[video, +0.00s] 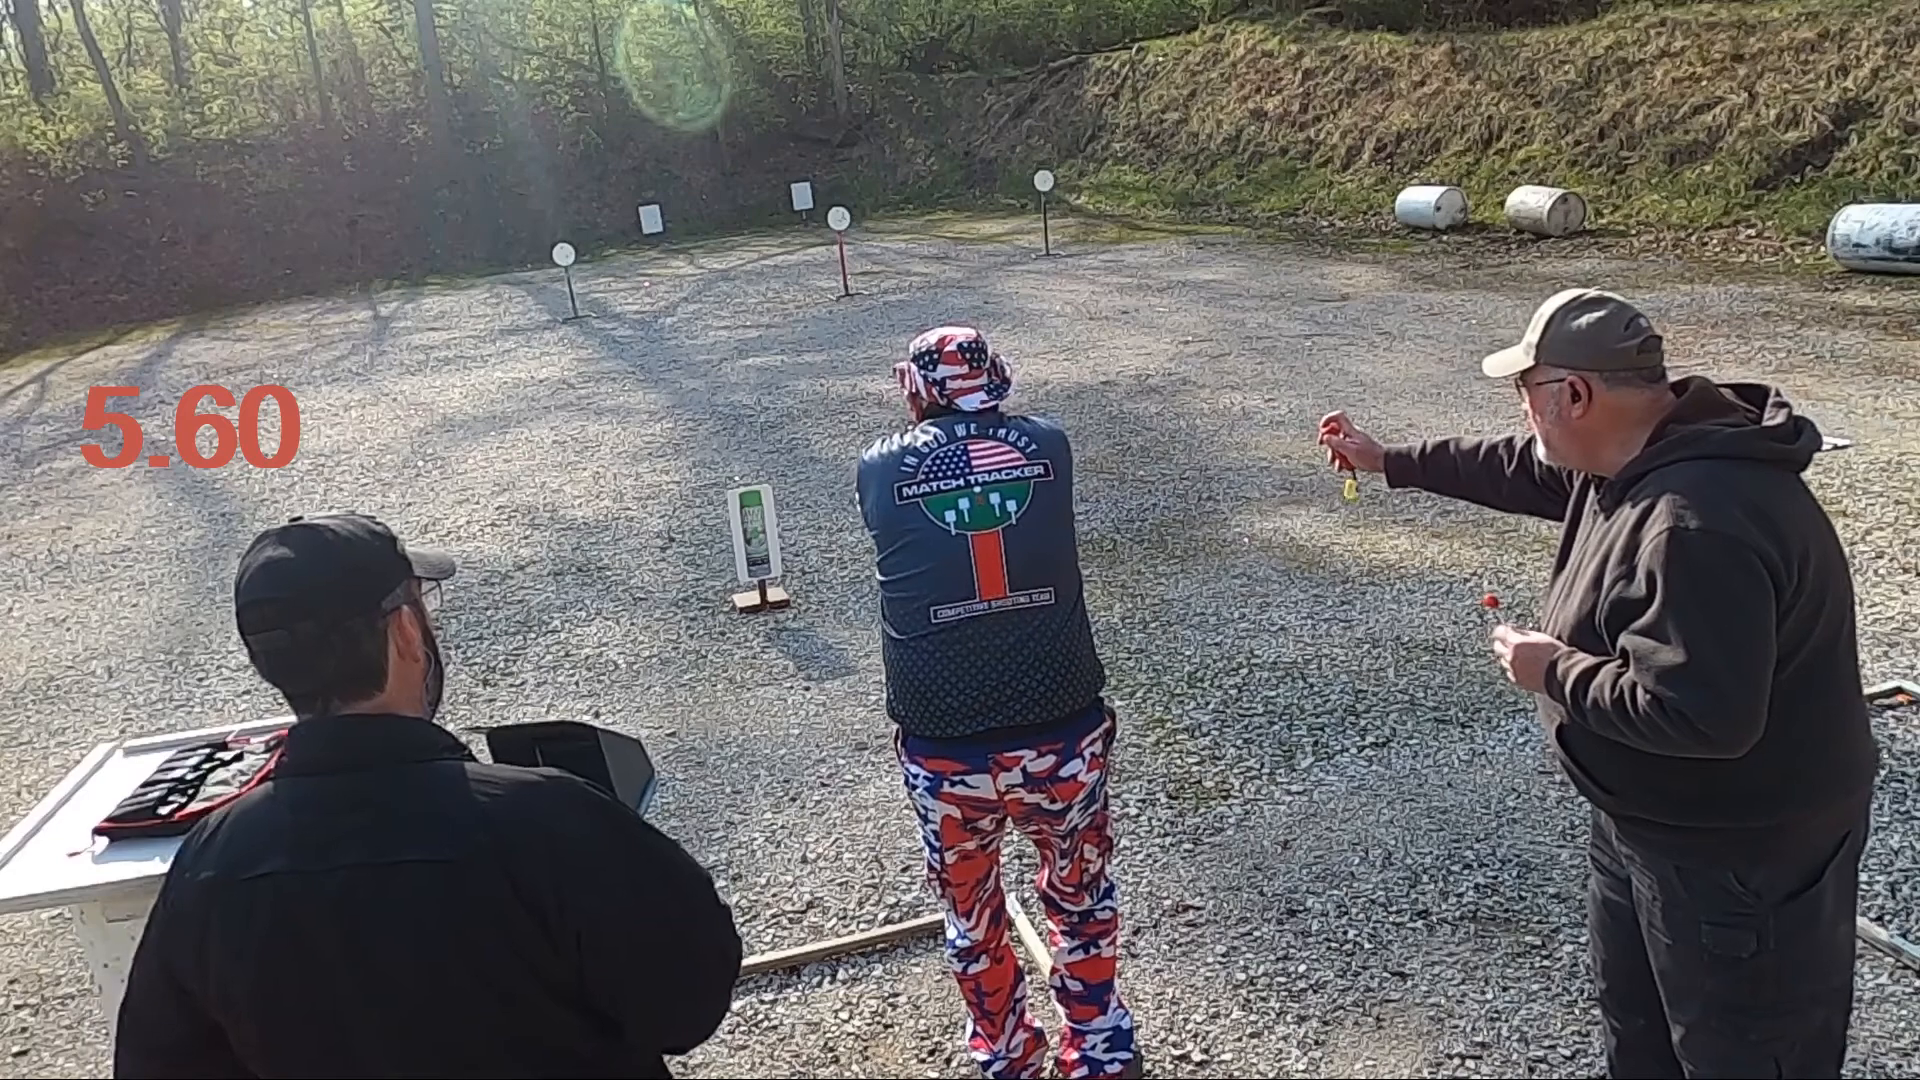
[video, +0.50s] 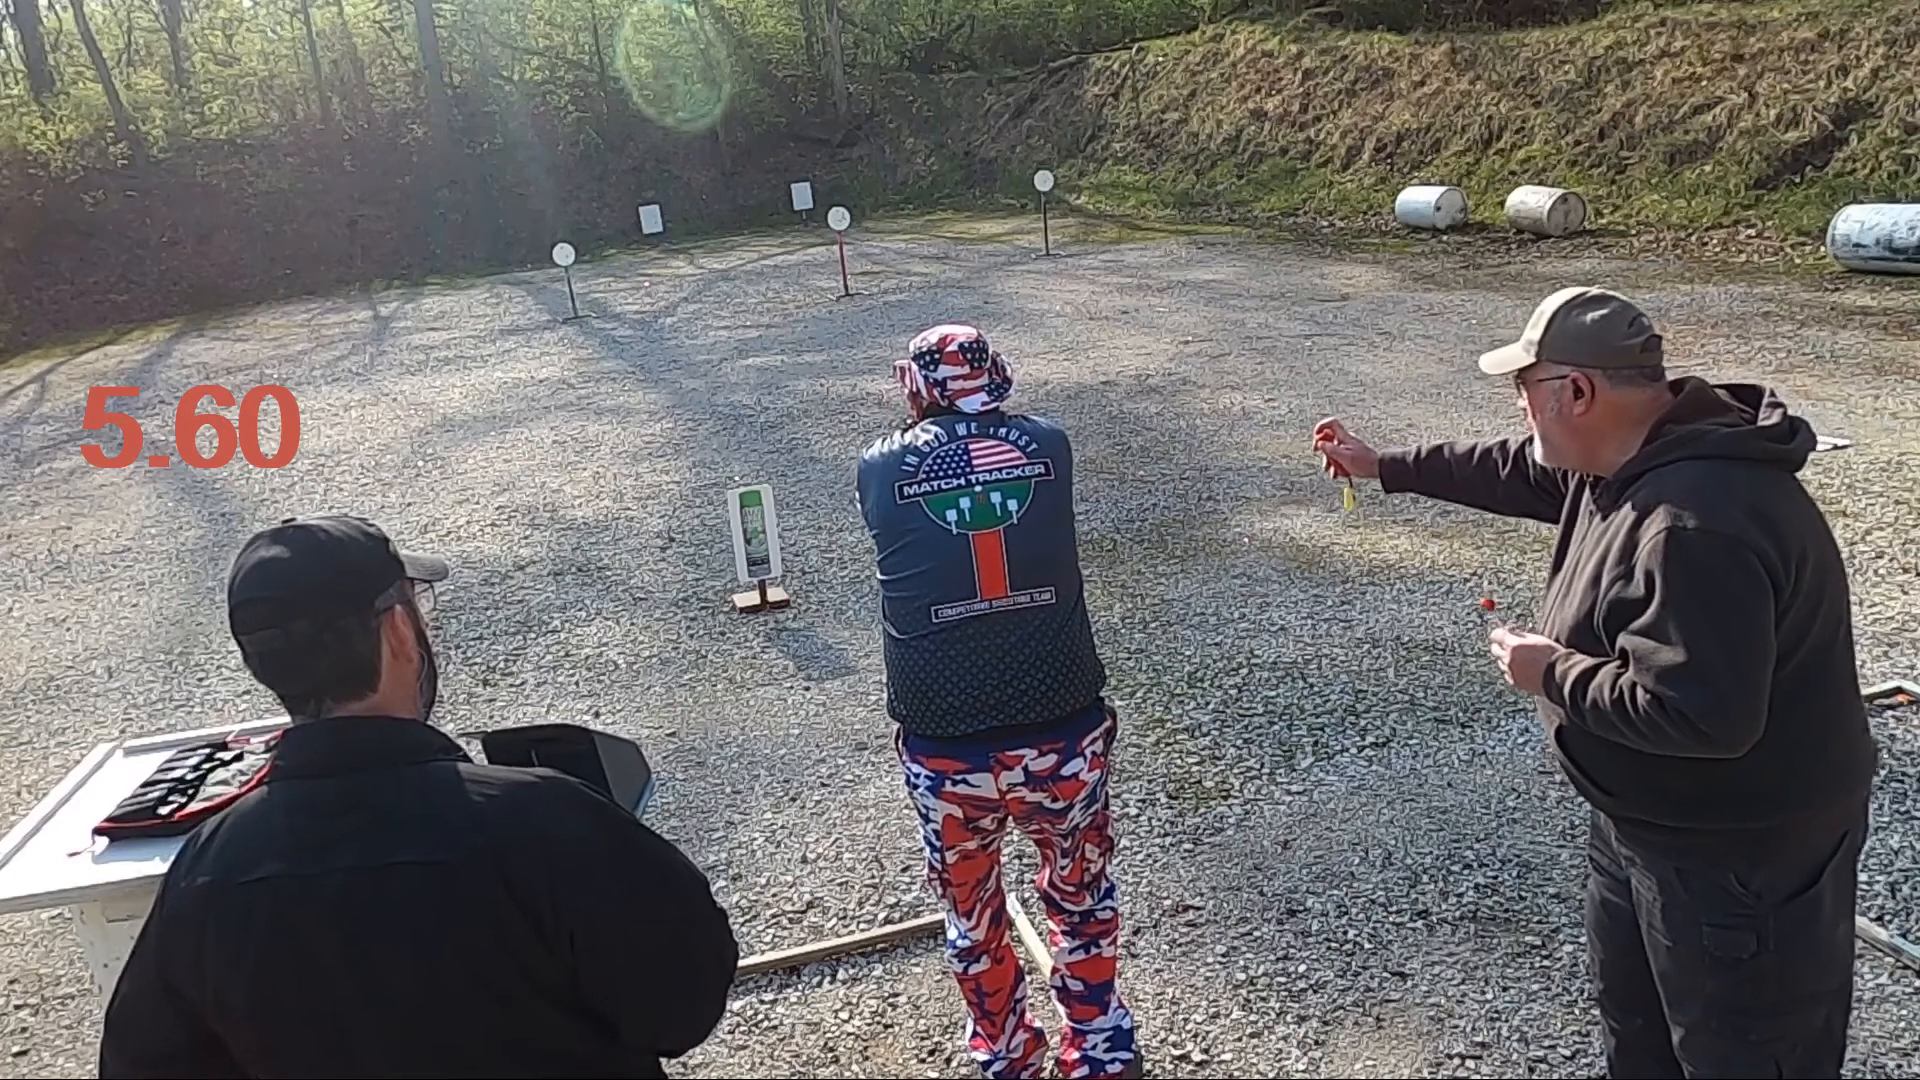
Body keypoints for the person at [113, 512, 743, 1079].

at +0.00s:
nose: (428, 624)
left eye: (421, 601)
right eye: (421, 603)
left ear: (274, 665)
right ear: (403, 630)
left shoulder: (208, 867)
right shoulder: (551, 822)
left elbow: (152, 1066)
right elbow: (698, 989)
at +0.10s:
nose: (429, 627)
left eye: (423, 604)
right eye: (421, 605)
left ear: (271, 667)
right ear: (401, 631)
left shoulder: (207, 868)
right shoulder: (547, 823)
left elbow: (156, 1066)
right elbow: (695, 994)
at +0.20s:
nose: (426, 627)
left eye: (420, 604)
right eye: (419, 605)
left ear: (271, 669)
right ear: (400, 632)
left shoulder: (207, 871)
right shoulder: (545, 824)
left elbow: (156, 1066)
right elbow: (693, 996)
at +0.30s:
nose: (426, 627)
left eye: (420, 605)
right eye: (419, 607)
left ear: (270, 668)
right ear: (398, 633)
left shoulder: (205, 873)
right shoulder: (544, 823)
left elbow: (149, 1067)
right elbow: (694, 996)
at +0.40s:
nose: (425, 629)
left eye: (420, 606)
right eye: (418, 608)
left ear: (271, 667)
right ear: (396, 631)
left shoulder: (205, 871)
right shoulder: (543, 823)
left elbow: (141, 1065)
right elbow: (693, 995)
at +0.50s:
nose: (424, 625)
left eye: (417, 603)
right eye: (416, 605)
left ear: (269, 666)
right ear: (396, 629)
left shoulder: (205, 873)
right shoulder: (545, 822)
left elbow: (136, 1064)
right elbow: (693, 994)